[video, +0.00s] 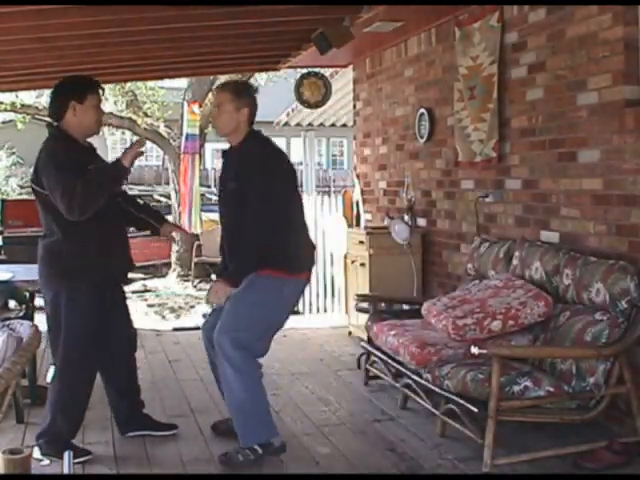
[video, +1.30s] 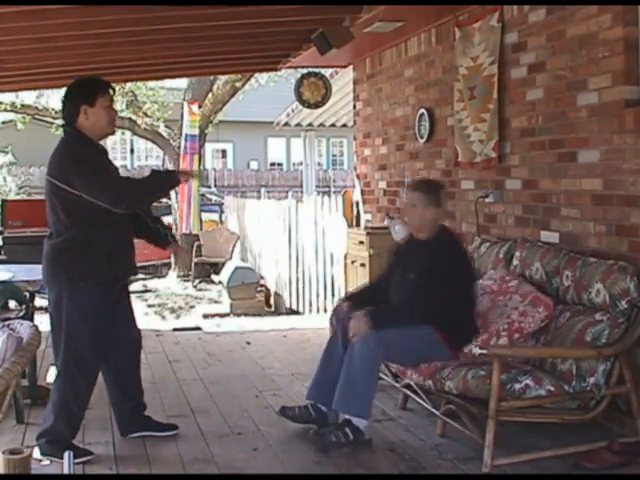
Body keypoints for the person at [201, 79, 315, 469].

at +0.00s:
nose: (214, 116)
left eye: (221, 109)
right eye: (214, 109)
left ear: (245, 112)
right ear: (228, 114)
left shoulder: (261, 157)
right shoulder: (235, 156)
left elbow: (260, 226)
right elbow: (237, 223)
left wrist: (231, 277)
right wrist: (226, 272)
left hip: (282, 268)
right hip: (261, 267)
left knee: (232, 339)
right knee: (214, 332)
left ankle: (262, 439)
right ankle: (246, 417)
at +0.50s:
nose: (214, 172)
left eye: (220, 165)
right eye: (214, 165)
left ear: (245, 169)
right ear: (239, 172)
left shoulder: (274, 206)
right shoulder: (245, 215)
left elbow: (273, 279)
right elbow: (243, 274)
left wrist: (239, 329)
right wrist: (230, 322)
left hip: (334, 287)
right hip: (305, 285)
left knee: (264, 347)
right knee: (249, 340)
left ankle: (289, 440)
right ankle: (271, 415)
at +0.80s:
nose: (250, 185)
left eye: (257, 178)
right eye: (250, 178)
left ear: (282, 182)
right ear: (276, 185)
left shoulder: (316, 214)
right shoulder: (279, 225)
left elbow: (318, 282)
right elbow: (271, 279)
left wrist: (282, 336)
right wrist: (248, 331)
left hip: (375, 283)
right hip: (346, 281)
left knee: (306, 342)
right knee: (295, 337)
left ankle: (317, 429)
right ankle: (313, 413)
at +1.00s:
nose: (293, 191)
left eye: (301, 184)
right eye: (294, 184)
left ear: (324, 189)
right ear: (317, 191)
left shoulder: (354, 223)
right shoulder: (318, 231)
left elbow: (343, 288)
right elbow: (309, 275)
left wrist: (299, 334)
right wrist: (281, 310)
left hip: (405, 299)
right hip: (369, 297)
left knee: (333, 336)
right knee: (308, 332)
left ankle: (356, 428)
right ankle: (319, 414)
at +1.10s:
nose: (326, 196)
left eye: (333, 191)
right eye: (327, 190)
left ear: (355, 196)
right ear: (349, 197)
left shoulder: (383, 230)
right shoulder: (342, 234)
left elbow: (365, 293)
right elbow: (333, 275)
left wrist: (316, 326)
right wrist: (303, 299)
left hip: (421, 312)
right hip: (383, 306)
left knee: (345, 336)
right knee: (321, 331)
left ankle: (354, 428)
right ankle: (317, 412)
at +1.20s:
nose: (366, 203)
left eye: (373, 196)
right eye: (365, 196)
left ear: (400, 202)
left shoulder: (416, 241)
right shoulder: (374, 239)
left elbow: (390, 300)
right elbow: (358, 279)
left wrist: (342, 321)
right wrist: (326, 299)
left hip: (433, 327)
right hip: (398, 318)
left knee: (357, 339)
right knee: (337, 329)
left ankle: (354, 427)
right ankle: (320, 409)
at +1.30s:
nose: (402, 211)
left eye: (410, 205)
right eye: (403, 205)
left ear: (431, 211)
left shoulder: (450, 252)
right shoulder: (409, 248)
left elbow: (427, 309)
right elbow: (385, 286)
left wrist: (373, 320)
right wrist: (351, 302)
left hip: (443, 335)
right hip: (410, 323)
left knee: (368, 341)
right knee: (345, 323)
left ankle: (355, 426)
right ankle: (322, 407)